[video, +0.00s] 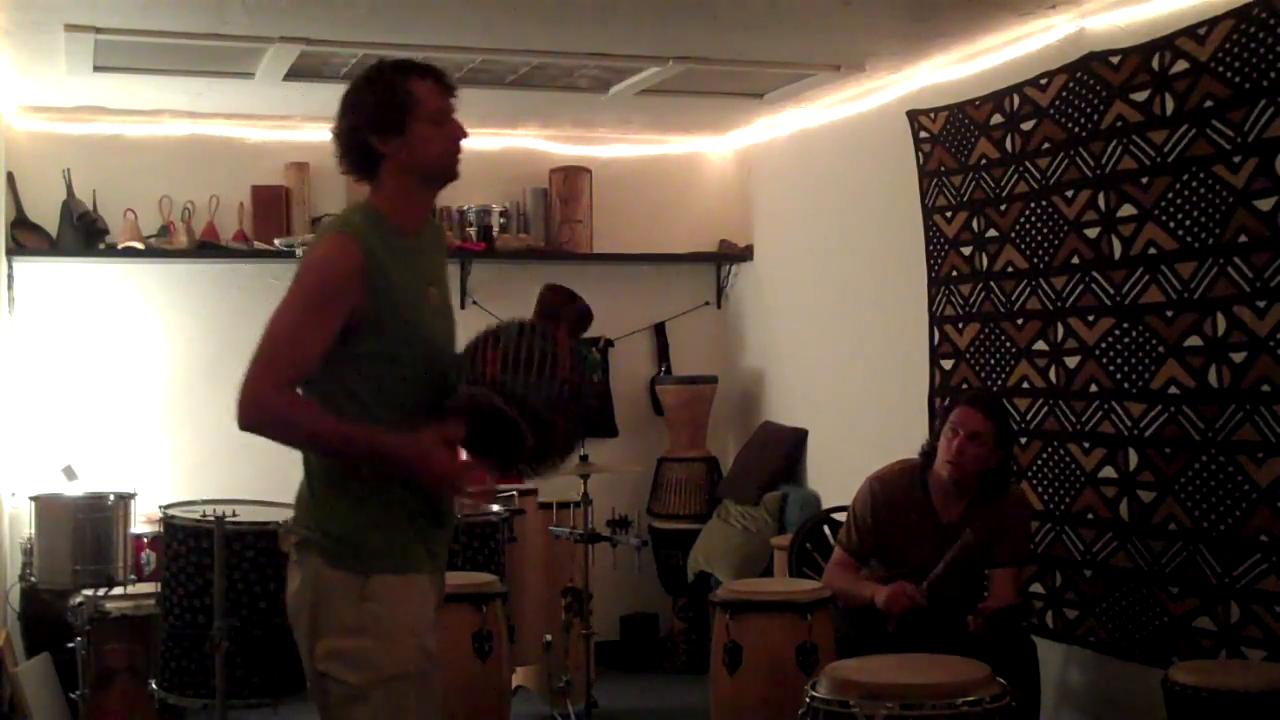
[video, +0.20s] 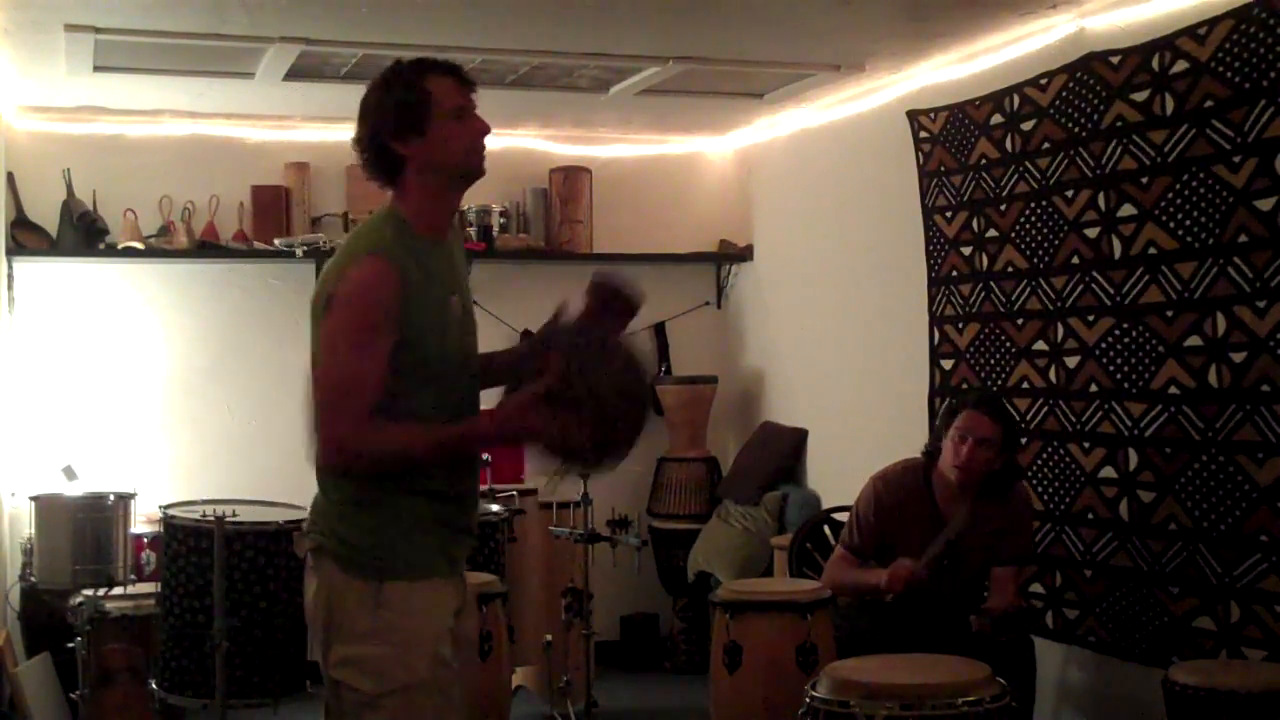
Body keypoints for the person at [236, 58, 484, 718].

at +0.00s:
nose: (461, 128)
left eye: (454, 114)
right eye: (442, 116)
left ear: (403, 140)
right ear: (388, 139)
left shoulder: (425, 240)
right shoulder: (345, 248)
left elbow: (414, 385)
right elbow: (260, 403)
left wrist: (491, 422)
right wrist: (406, 450)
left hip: (407, 551)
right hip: (356, 563)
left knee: (407, 705)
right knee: (375, 706)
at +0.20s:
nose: (484, 125)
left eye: (476, 111)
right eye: (462, 114)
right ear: (408, 140)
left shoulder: (444, 243)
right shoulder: (371, 267)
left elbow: (436, 377)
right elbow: (341, 445)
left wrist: (536, 356)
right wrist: (498, 426)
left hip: (431, 555)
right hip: (377, 569)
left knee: (437, 705)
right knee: (393, 709)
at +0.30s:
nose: (485, 119)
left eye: (478, 106)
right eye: (465, 108)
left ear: (423, 138)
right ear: (409, 135)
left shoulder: (430, 244)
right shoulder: (394, 255)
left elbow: (454, 358)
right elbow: (409, 444)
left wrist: (563, 348)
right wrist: (566, 416)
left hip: (438, 559)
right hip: (390, 572)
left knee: (474, 702)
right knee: (412, 709)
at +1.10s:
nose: (545, 136)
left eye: (539, 122)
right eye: (525, 124)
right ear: (472, 144)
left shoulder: (487, 255)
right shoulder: (471, 263)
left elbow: (499, 403)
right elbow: (434, 438)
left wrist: (594, 414)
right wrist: (577, 492)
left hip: (527, 570)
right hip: (472, 581)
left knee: (575, 713)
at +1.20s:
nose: (575, 131)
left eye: (568, 118)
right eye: (557, 119)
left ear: (514, 148)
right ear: (503, 145)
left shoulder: (515, 253)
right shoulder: (488, 255)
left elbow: (521, 401)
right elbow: (457, 421)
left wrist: (625, 391)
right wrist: (609, 429)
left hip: (537, 577)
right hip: (478, 586)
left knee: (588, 712)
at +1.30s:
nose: (598, 137)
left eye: (593, 121)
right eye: (582, 120)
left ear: (530, 138)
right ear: (527, 134)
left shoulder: (533, 246)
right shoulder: (505, 244)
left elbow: (559, 390)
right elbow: (510, 413)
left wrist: (673, 365)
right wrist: (663, 408)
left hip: (561, 566)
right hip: (496, 574)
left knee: (593, 711)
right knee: (484, 709)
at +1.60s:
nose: (643, 164)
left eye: (643, 147)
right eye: (632, 145)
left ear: (581, 150)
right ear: (577, 146)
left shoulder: (601, 263)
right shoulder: (530, 258)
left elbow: (638, 396)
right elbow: (551, 416)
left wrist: (725, 390)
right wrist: (687, 391)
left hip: (649, 561)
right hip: (571, 574)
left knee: (674, 714)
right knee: (570, 711)